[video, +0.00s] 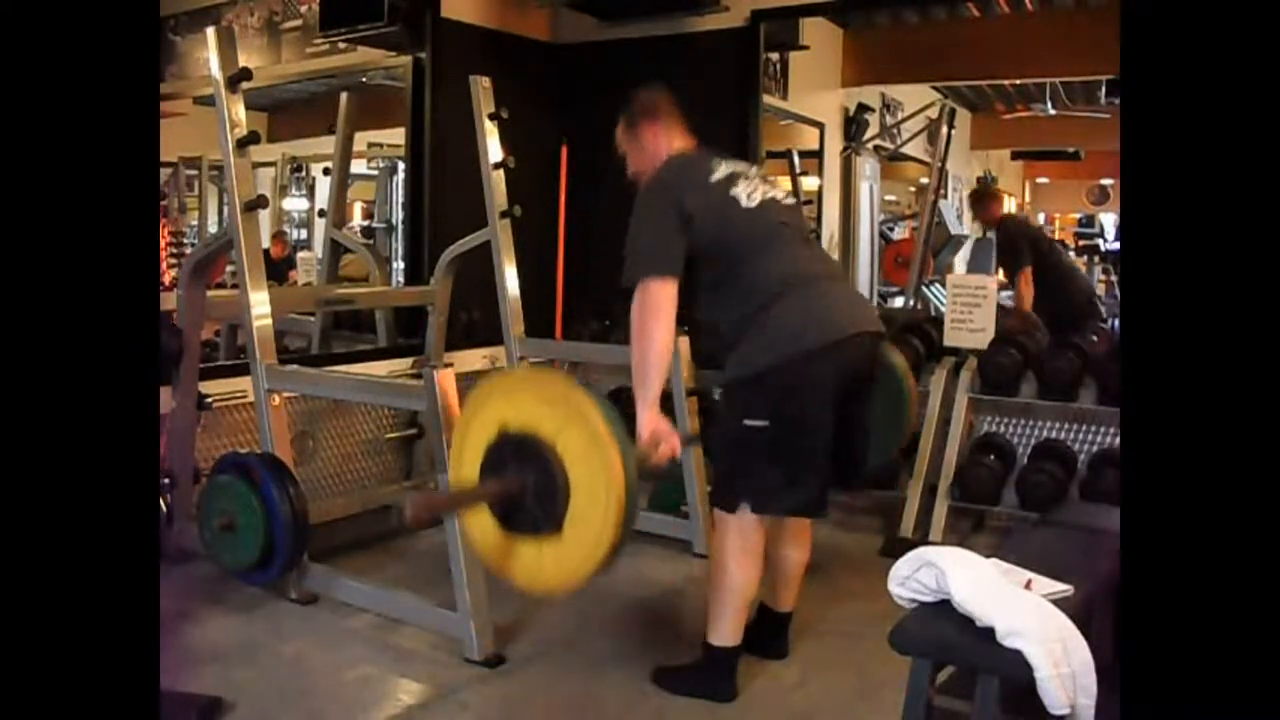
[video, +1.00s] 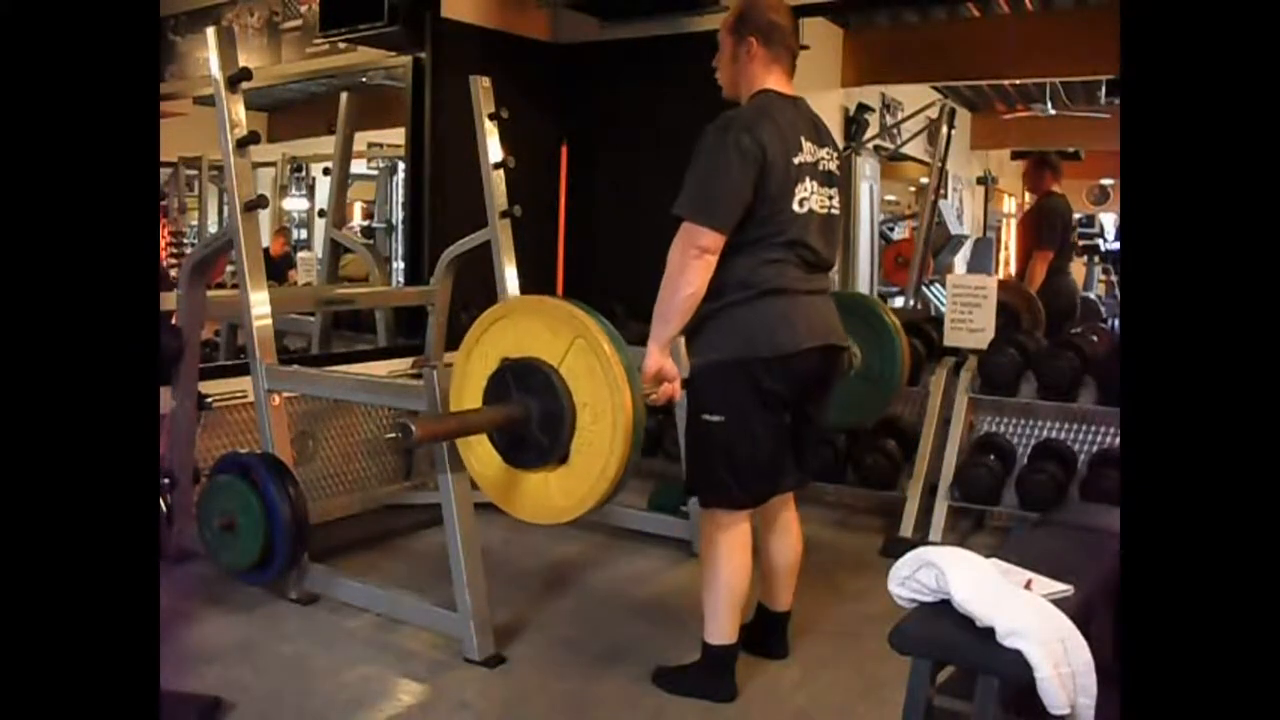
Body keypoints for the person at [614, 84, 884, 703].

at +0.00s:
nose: (630, 169)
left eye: (628, 153)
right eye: (626, 156)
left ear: (652, 133)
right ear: (681, 132)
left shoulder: (665, 188)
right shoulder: (737, 175)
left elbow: (655, 295)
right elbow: (786, 268)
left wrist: (647, 406)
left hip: (779, 351)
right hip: (852, 337)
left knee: (736, 504)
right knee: (795, 497)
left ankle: (717, 666)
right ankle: (773, 630)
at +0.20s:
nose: (684, 80)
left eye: (686, 66)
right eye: (685, 66)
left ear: (706, 59)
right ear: (750, 60)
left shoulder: (712, 127)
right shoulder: (800, 128)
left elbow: (672, 244)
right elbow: (788, 239)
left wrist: (648, 345)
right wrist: (719, 336)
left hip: (750, 347)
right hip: (821, 340)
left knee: (728, 509)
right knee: (780, 494)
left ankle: (716, 668)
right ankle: (771, 631)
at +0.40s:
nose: (722, 64)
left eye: (726, 49)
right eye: (724, 50)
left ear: (754, 50)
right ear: (788, 54)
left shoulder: (742, 126)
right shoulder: (823, 133)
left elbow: (694, 242)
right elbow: (804, 249)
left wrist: (650, 338)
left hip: (739, 344)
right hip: (808, 341)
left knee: (722, 503)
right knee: (772, 489)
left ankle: (715, 669)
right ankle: (771, 632)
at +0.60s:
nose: (723, 63)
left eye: (727, 49)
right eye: (725, 49)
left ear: (755, 50)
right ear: (789, 54)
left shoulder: (741, 128)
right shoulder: (823, 135)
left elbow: (695, 245)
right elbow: (801, 250)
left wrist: (650, 341)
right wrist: (688, 339)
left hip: (738, 343)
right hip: (806, 340)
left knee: (721, 503)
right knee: (772, 489)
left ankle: (714, 669)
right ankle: (770, 631)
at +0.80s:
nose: (718, 61)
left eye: (723, 47)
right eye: (720, 48)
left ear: (751, 49)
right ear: (784, 53)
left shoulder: (739, 127)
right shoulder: (819, 132)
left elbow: (696, 244)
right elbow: (800, 250)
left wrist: (653, 342)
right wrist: (690, 339)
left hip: (740, 342)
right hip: (809, 338)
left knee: (722, 503)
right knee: (774, 490)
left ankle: (715, 668)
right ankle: (771, 631)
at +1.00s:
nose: (716, 62)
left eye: (721, 47)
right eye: (718, 48)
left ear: (749, 49)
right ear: (779, 53)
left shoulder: (740, 127)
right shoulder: (818, 130)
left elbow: (699, 245)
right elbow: (807, 249)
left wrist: (658, 343)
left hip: (744, 343)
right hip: (813, 339)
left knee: (724, 507)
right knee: (776, 492)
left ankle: (715, 668)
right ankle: (772, 631)